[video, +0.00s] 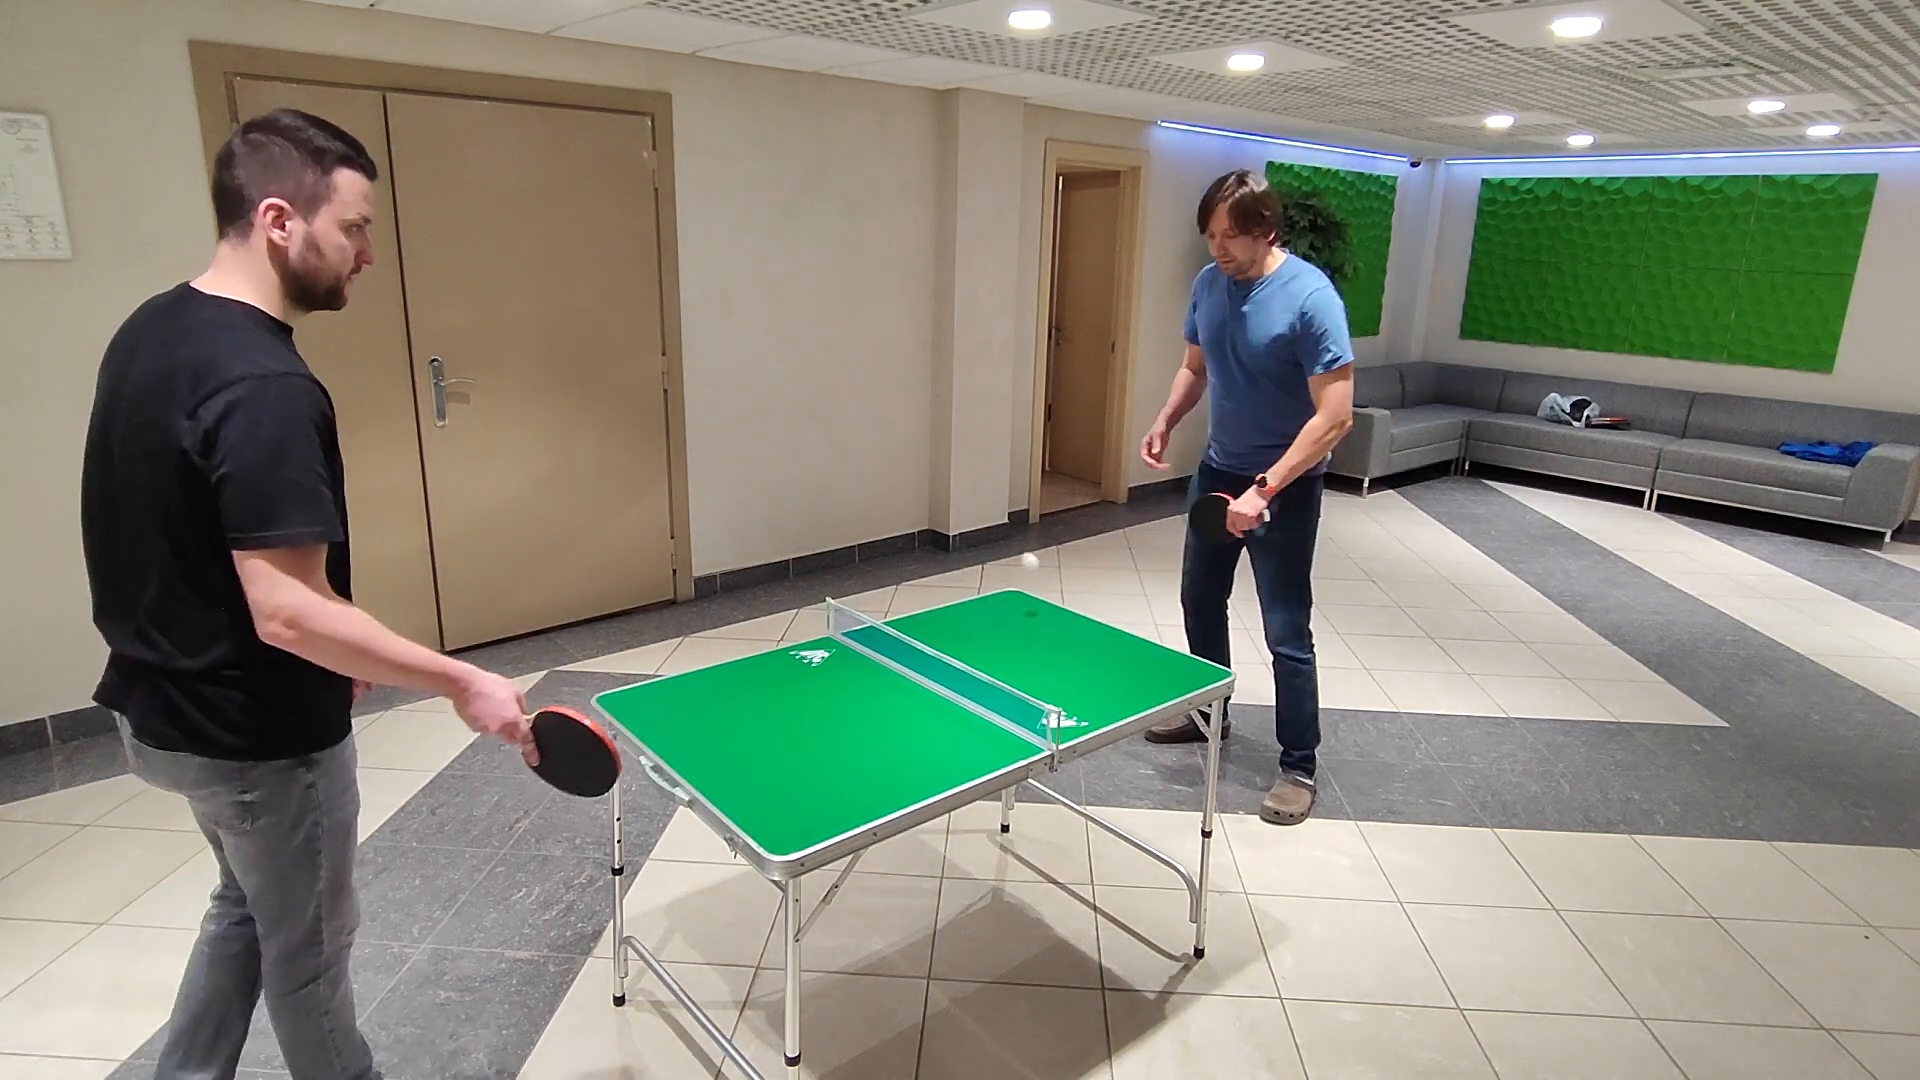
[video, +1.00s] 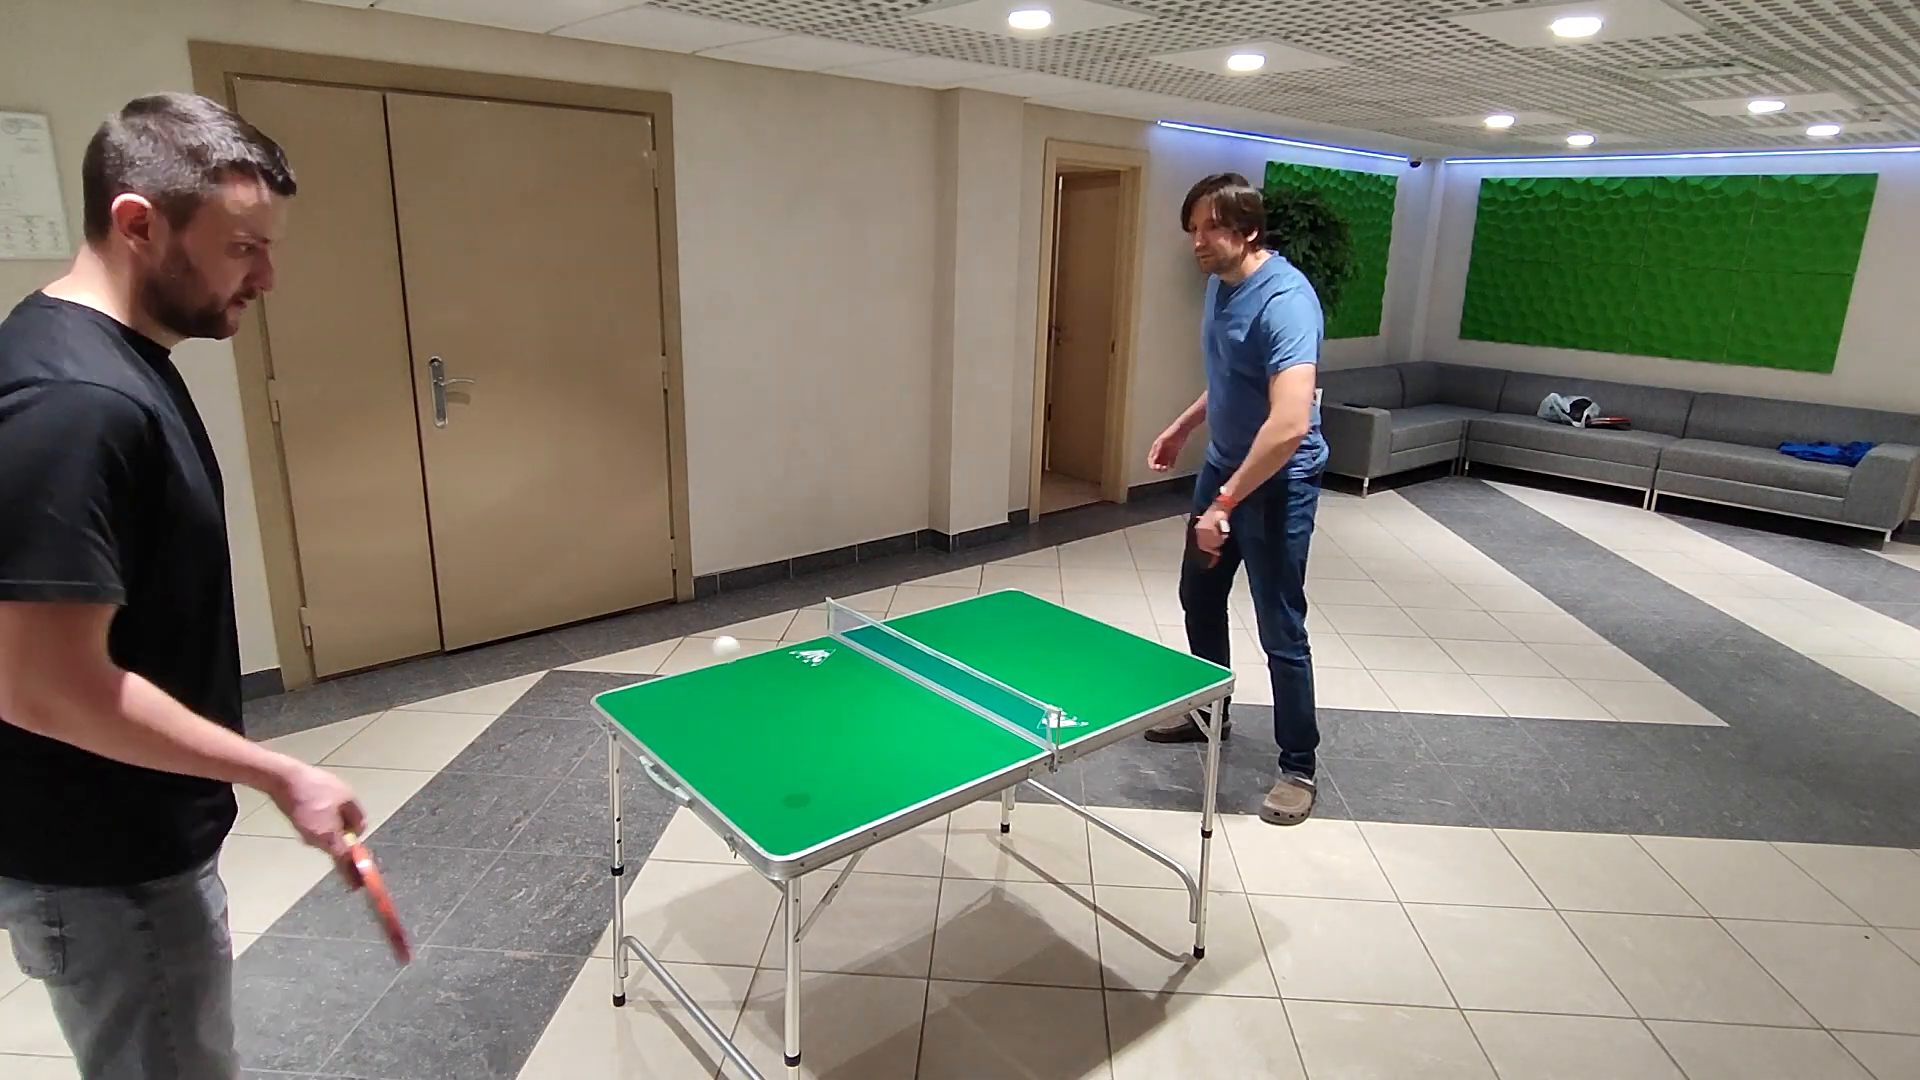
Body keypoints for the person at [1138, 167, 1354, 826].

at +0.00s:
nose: (1215, 248)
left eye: (1227, 237)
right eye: (1210, 236)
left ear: (1265, 233)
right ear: (1209, 233)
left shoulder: (1312, 299)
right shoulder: (1209, 283)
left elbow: (1336, 416)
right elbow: (1196, 367)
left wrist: (1263, 490)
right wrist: (1165, 421)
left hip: (1286, 486)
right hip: (1220, 474)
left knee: (1286, 635)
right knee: (1200, 604)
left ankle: (1297, 771)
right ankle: (1206, 712)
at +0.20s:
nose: (1188, 260)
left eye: (1196, 247)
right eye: (1185, 248)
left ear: (1235, 241)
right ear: (1214, 244)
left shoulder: (1281, 308)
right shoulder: (1220, 289)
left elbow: (1272, 430)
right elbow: (1216, 369)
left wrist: (1187, 484)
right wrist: (1154, 415)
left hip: (1281, 484)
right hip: (1225, 477)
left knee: (1282, 626)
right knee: (1207, 597)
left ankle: (1298, 770)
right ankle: (1209, 710)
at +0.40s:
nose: (1175, 266)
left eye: (1182, 253)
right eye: (1171, 254)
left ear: (1221, 247)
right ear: (1212, 249)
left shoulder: (1261, 307)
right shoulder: (1224, 292)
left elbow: (1209, 411)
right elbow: (1233, 371)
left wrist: (1122, 477)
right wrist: (1188, 403)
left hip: (1288, 472)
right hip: (1241, 464)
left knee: (1278, 620)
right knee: (1219, 592)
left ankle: (1298, 771)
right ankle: (1211, 711)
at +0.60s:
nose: (1173, 260)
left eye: (1180, 248)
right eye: (1170, 249)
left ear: (1222, 245)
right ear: (1212, 247)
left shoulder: (1260, 305)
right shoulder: (1222, 288)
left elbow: (1189, 400)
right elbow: (1235, 363)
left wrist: (1110, 467)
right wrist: (1210, 412)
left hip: (1290, 473)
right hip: (1243, 467)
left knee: (1280, 620)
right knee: (1224, 596)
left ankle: (1298, 771)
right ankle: (1210, 711)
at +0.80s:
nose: (1180, 255)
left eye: (1188, 243)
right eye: (1176, 243)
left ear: (1229, 240)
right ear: (1218, 242)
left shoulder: (1267, 302)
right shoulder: (1229, 289)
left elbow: (1216, 415)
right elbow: (1257, 392)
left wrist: (1134, 485)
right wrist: (1245, 456)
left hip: (1288, 478)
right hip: (1242, 471)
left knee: (1281, 625)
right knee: (1220, 596)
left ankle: (1298, 770)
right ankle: (1212, 710)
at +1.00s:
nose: (1196, 243)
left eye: (1207, 231)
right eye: (1192, 232)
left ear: (1246, 232)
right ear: (1204, 233)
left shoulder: (1286, 300)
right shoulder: (1224, 283)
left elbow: (1290, 423)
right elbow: (1233, 380)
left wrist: (1224, 502)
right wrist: (1181, 428)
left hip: (1278, 481)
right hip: (1224, 469)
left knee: (1281, 633)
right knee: (1200, 596)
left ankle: (1298, 771)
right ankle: (1207, 711)